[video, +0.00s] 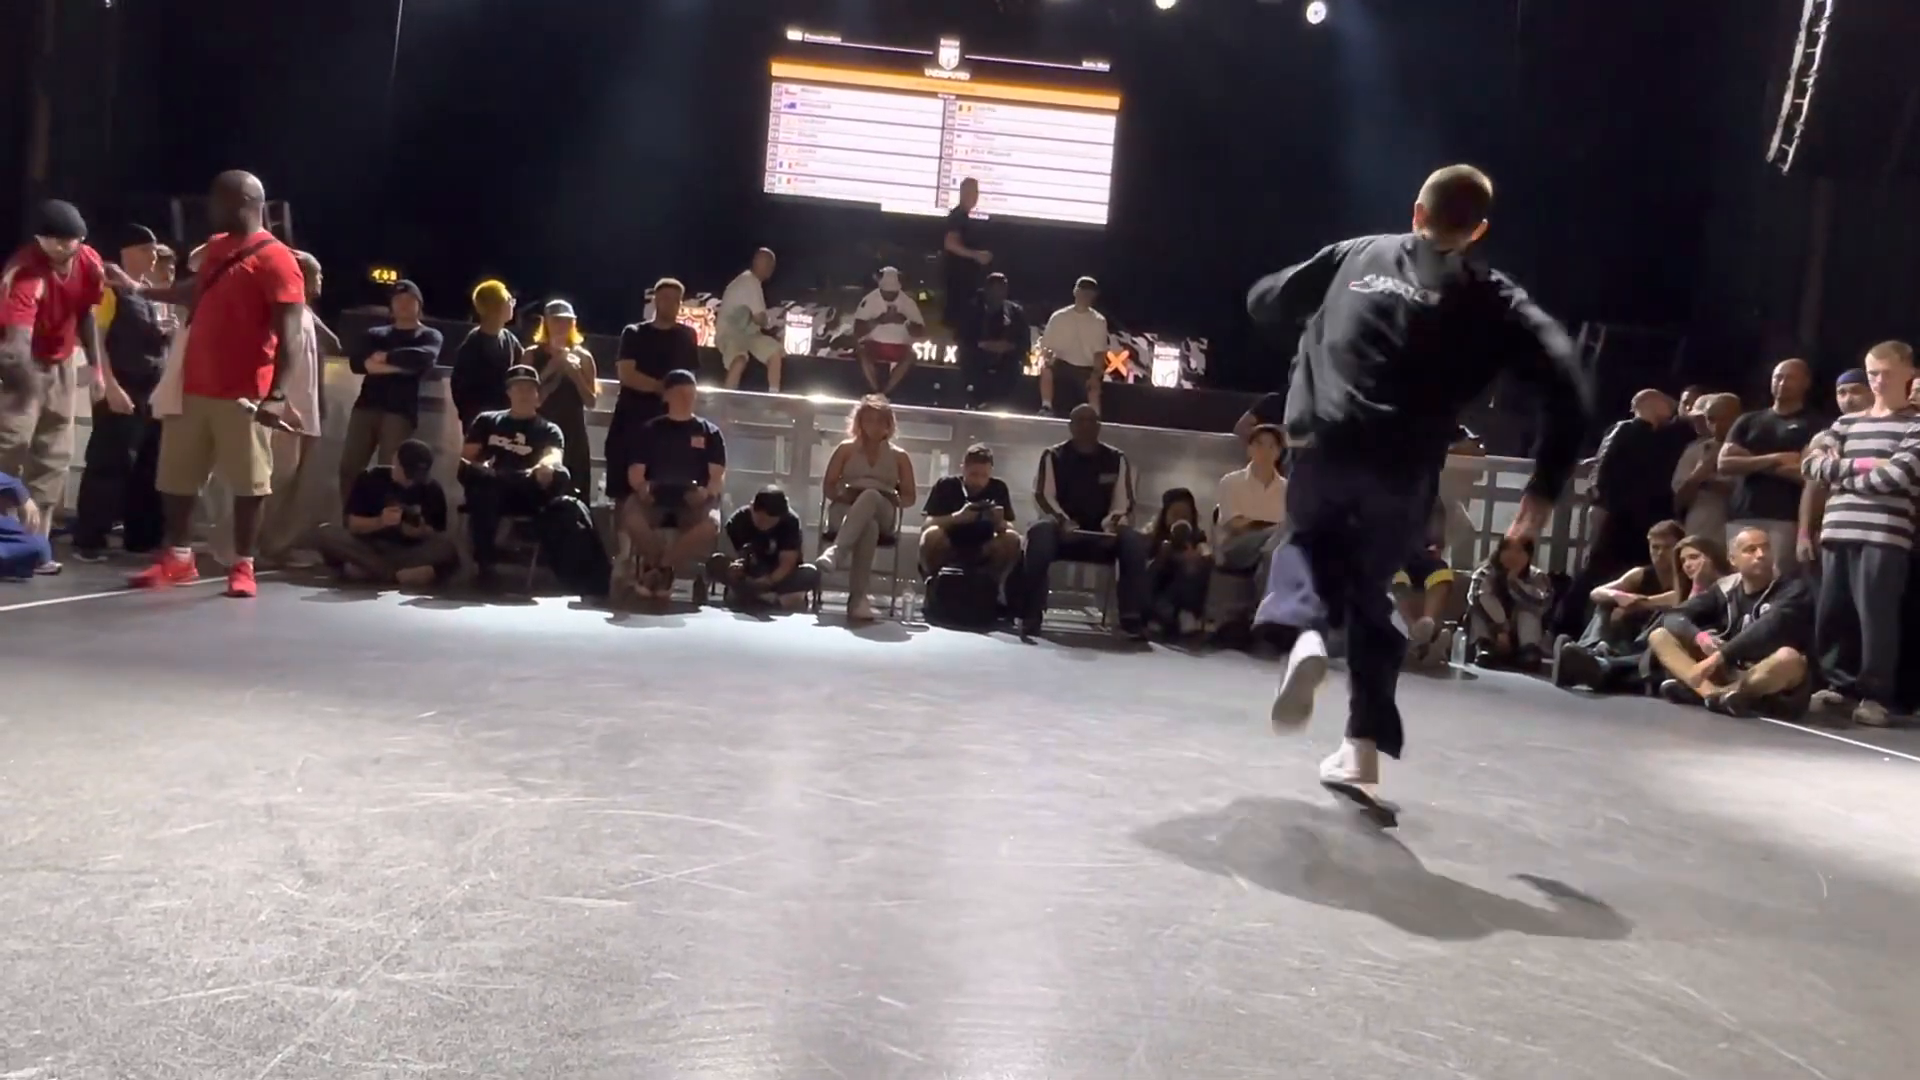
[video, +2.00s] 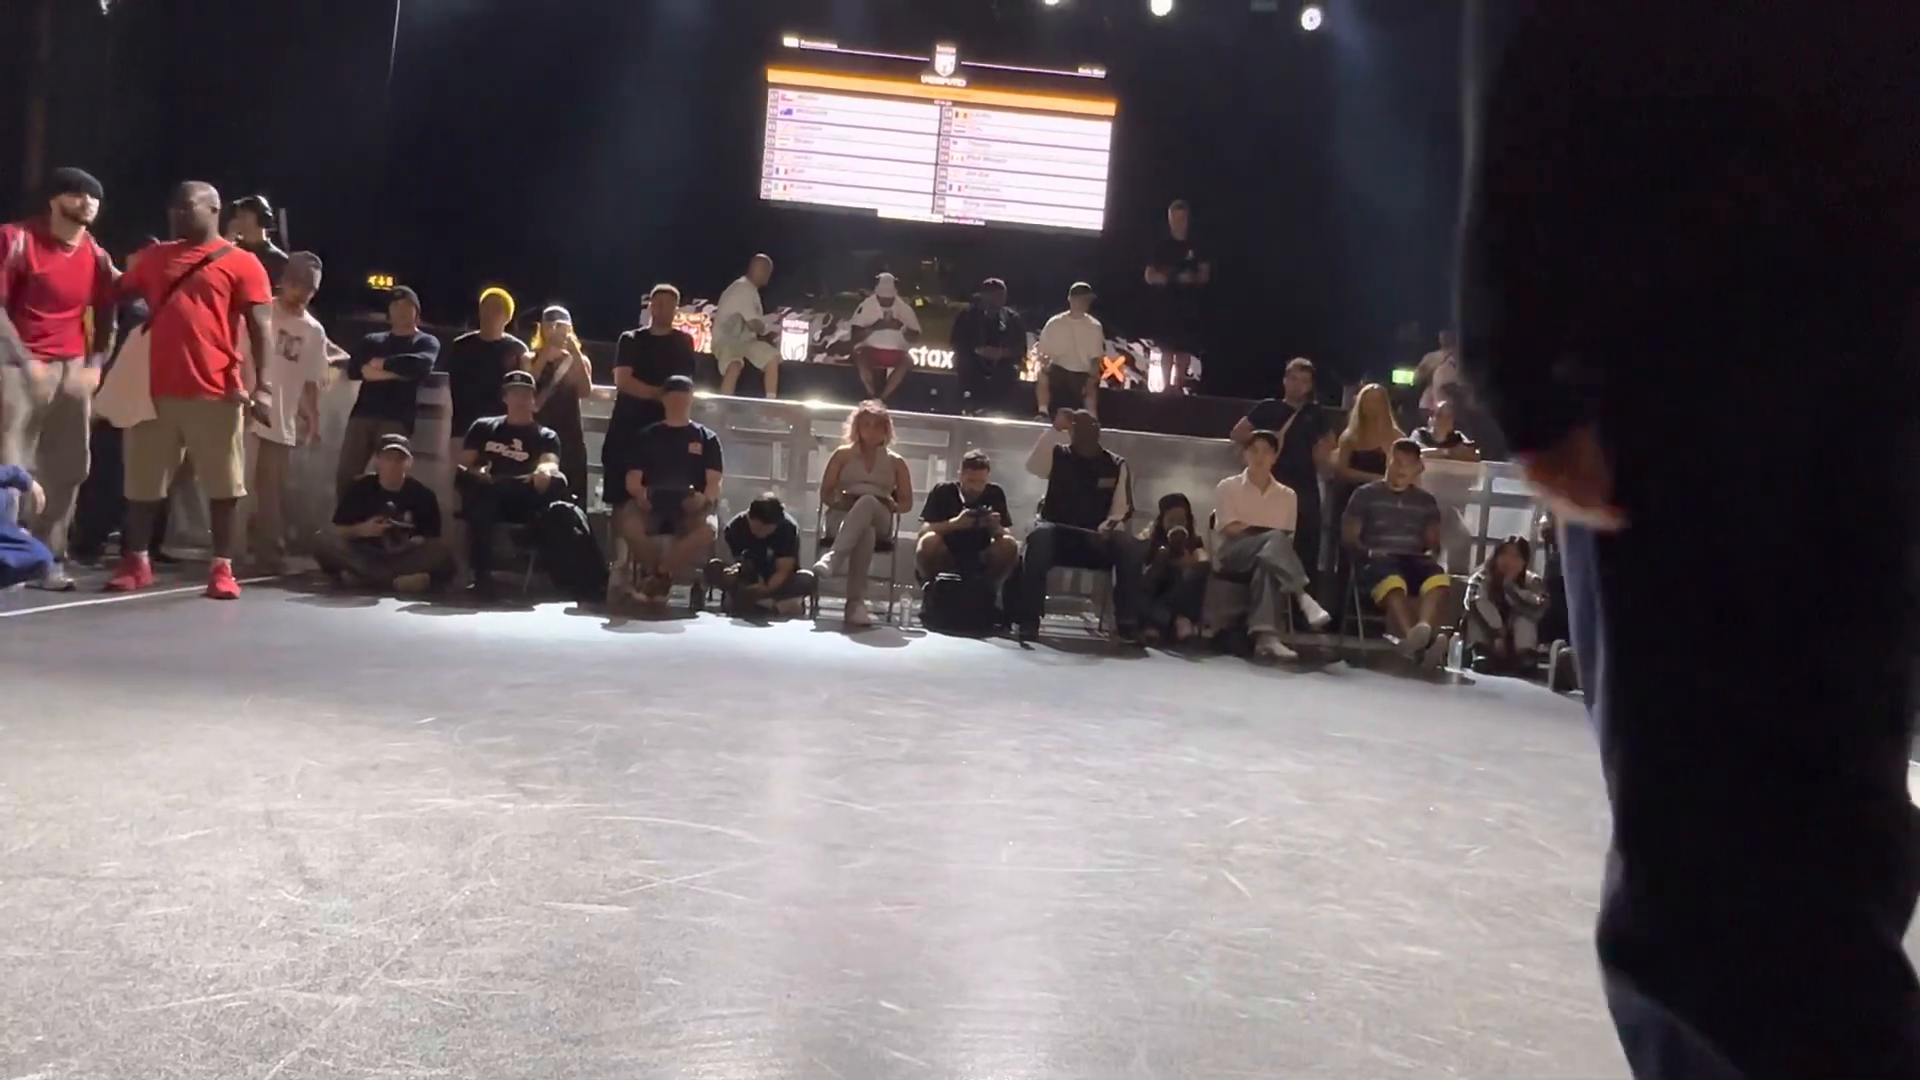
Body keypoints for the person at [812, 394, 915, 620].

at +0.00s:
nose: (877, 426)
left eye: (882, 421)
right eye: (871, 420)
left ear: (889, 425)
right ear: (860, 423)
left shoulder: (899, 457)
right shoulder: (846, 449)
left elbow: (909, 498)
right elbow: (829, 488)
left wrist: (885, 495)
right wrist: (851, 497)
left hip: (884, 517)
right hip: (844, 513)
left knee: (870, 496)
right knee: (869, 525)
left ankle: (835, 551)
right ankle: (858, 599)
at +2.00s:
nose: (871, 431)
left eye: (878, 426)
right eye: (866, 425)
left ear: (886, 430)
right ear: (856, 428)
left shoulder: (895, 463)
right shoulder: (842, 455)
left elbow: (906, 503)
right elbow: (826, 494)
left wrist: (888, 505)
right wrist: (846, 502)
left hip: (881, 522)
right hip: (841, 518)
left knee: (867, 501)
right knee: (866, 531)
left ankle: (832, 557)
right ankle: (855, 605)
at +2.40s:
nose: (864, 433)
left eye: (870, 428)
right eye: (858, 427)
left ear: (878, 432)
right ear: (849, 430)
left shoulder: (888, 465)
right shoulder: (835, 457)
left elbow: (899, 505)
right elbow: (820, 497)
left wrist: (880, 507)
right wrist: (840, 505)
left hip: (874, 524)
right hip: (835, 520)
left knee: (860, 503)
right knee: (860, 533)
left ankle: (826, 559)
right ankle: (849, 606)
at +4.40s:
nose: (857, 454)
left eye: (863, 449)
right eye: (851, 448)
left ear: (871, 454)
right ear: (842, 452)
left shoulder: (882, 486)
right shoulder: (829, 480)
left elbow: (894, 525)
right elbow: (815, 520)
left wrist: (876, 527)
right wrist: (836, 528)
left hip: (870, 546)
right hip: (831, 543)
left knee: (855, 525)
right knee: (856, 555)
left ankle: (823, 583)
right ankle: (848, 628)